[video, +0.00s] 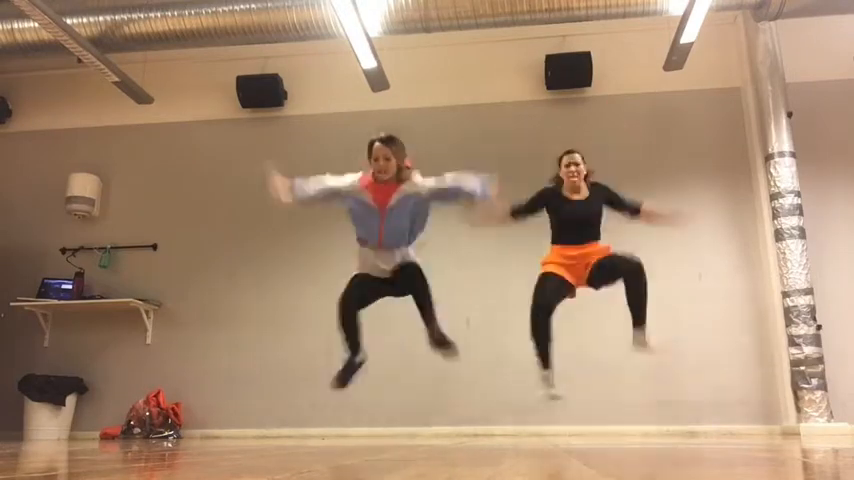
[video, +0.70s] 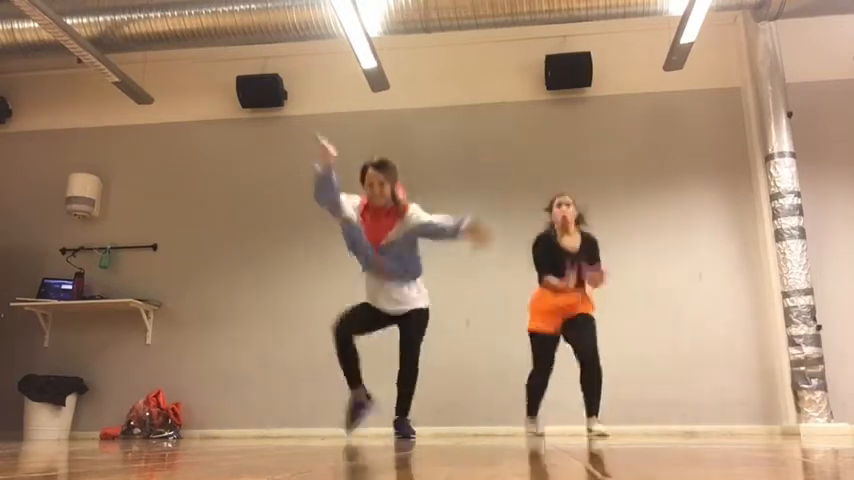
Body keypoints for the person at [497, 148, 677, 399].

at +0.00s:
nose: (573, 168)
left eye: (577, 164)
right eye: (568, 165)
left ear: (585, 168)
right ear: (560, 171)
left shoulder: (598, 191)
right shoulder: (550, 195)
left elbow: (630, 209)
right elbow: (521, 211)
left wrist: (667, 217)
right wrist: (499, 211)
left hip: (594, 262)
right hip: (561, 266)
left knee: (633, 266)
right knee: (540, 306)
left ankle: (639, 335)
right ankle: (546, 372)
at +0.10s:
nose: (572, 174)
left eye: (575, 170)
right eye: (566, 171)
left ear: (584, 175)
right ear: (559, 178)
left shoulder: (599, 204)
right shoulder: (551, 208)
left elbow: (612, 241)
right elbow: (539, 247)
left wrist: (631, 270)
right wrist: (524, 276)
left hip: (593, 273)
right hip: (558, 272)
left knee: (631, 317)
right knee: (539, 323)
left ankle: (644, 383)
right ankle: (522, 388)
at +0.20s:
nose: (574, 198)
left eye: (577, 193)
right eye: (568, 195)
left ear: (585, 197)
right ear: (561, 200)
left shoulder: (600, 228)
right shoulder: (553, 231)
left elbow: (613, 268)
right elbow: (543, 271)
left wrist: (636, 296)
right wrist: (516, 299)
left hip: (594, 295)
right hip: (559, 295)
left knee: (612, 356)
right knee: (549, 355)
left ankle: (630, 420)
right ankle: (515, 414)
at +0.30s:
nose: (574, 193)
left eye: (578, 188)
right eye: (569, 189)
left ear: (586, 190)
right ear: (561, 192)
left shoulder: (598, 215)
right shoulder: (550, 215)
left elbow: (624, 243)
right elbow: (520, 242)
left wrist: (660, 243)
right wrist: (482, 243)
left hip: (591, 285)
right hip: (556, 285)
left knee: (613, 348)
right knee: (538, 345)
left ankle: (632, 415)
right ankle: (515, 410)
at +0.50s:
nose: (569, 195)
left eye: (574, 190)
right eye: (564, 190)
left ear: (582, 193)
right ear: (556, 193)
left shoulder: (590, 208)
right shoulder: (545, 206)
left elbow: (625, 206)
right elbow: (523, 207)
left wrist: (621, 184)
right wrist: (534, 189)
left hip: (579, 279)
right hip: (548, 277)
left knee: (602, 310)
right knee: (539, 301)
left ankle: (600, 372)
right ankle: (537, 357)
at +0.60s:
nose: (567, 195)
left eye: (571, 190)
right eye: (562, 191)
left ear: (579, 194)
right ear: (554, 195)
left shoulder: (589, 221)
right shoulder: (545, 220)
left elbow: (599, 259)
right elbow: (544, 256)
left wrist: (601, 247)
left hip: (577, 285)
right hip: (547, 286)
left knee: (593, 337)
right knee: (547, 339)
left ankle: (595, 399)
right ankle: (540, 390)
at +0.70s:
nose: (564, 209)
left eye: (568, 205)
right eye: (559, 205)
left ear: (576, 212)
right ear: (551, 213)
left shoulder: (588, 241)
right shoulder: (543, 241)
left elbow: (595, 279)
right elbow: (544, 278)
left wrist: (595, 275)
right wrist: (564, 286)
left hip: (578, 308)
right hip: (547, 309)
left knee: (591, 361)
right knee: (542, 367)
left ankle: (592, 420)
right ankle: (531, 419)